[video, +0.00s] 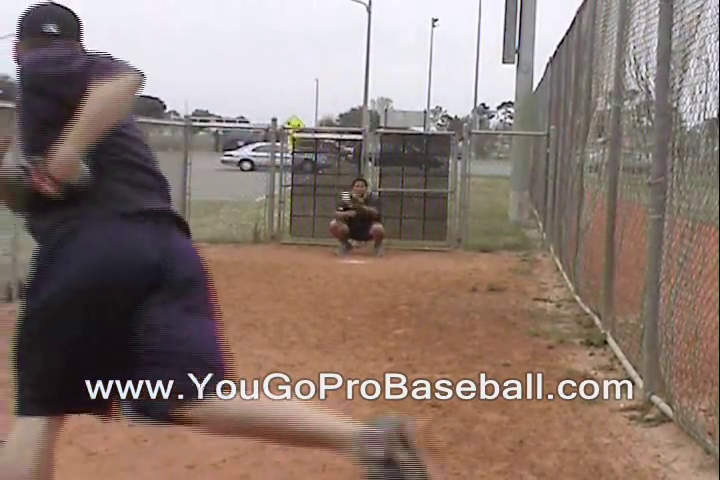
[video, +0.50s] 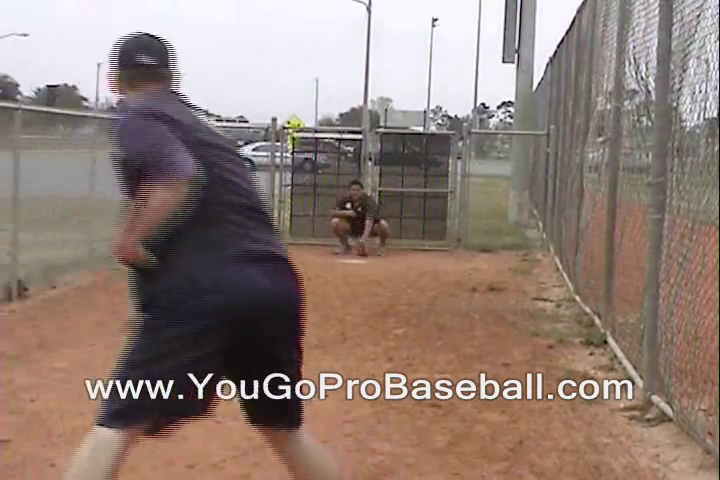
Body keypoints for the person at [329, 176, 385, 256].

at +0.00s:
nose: (359, 189)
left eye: (362, 187)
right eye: (357, 186)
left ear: (366, 189)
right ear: (353, 188)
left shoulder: (372, 199)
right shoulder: (347, 199)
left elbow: (376, 213)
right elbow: (337, 214)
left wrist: (361, 207)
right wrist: (347, 214)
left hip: (367, 228)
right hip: (351, 227)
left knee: (378, 228)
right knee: (334, 225)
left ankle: (377, 246)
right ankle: (346, 245)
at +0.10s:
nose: (358, 190)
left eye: (360, 188)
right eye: (355, 188)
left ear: (364, 190)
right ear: (352, 189)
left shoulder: (369, 199)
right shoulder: (347, 201)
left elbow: (374, 208)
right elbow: (337, 214)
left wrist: (365, 211)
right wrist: (348, 214)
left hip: (366, 228)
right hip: (351, 227)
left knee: (378, 227)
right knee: (334, 225)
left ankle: (377, 246)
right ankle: (346, 245)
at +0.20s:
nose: (357, 192)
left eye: (359, 189)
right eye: (355, 189)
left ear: (363, 191)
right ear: (351, 190)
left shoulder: (369, 199)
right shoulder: (346, 200)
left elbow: (374, 209)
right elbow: (333, 212)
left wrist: (361, 216)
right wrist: (345, 217)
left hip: (365, 228)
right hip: (349, 228)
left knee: (379, 227)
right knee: (334, 225)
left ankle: (378, 246)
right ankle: (346, 245)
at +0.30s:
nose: (356, 193)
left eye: (358, 190)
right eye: (354, 190)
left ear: (363, 191)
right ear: (351, 191)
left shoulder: (368, 200)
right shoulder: (346, 201)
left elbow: (371, 210)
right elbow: (333, 212)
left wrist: (367, 222)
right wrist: (349, 215)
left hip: (366, 228)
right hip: (351, 228)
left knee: (380, 226)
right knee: (335, 224)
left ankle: (379, 246)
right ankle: (346, 245)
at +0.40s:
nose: (356, 193)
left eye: (358, 190)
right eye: (354, 190)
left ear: (362, 192)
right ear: (350, 192)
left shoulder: (369, 201)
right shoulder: (346, 201)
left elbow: (371, 215)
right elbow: (334, 212)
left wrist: (367, 230)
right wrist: (348, 215)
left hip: (366, 228)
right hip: (352, 228)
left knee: (381, 226)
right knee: (335, 224)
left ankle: (380, 246)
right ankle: (346, 245)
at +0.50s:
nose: (355, 192)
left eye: (358, 190)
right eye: (353, 190)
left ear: (362, 191)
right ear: (350, 191)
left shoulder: (369, 202)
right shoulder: (346, 201)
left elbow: (369, 222)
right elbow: (333, 212)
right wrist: (347, 213)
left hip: (366, 227)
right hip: (352, 227)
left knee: (382, 225)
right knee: (336, 223)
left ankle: (382, 246)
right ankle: (346, 246)